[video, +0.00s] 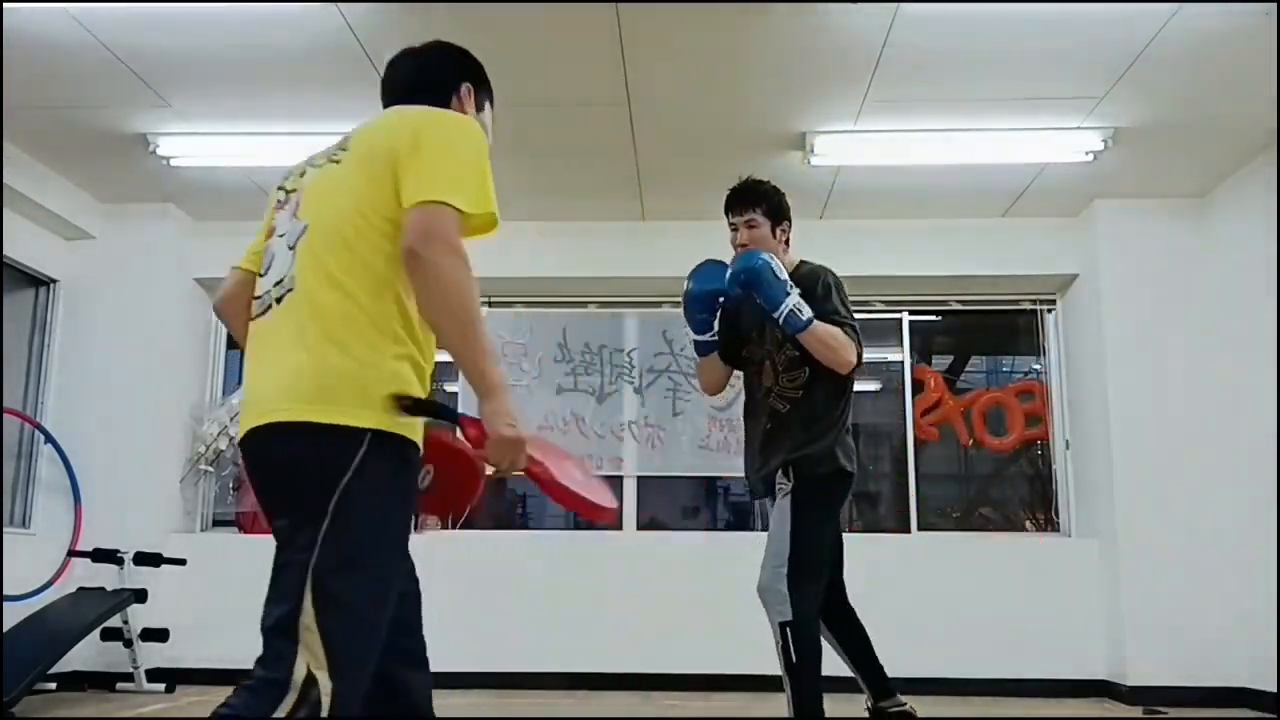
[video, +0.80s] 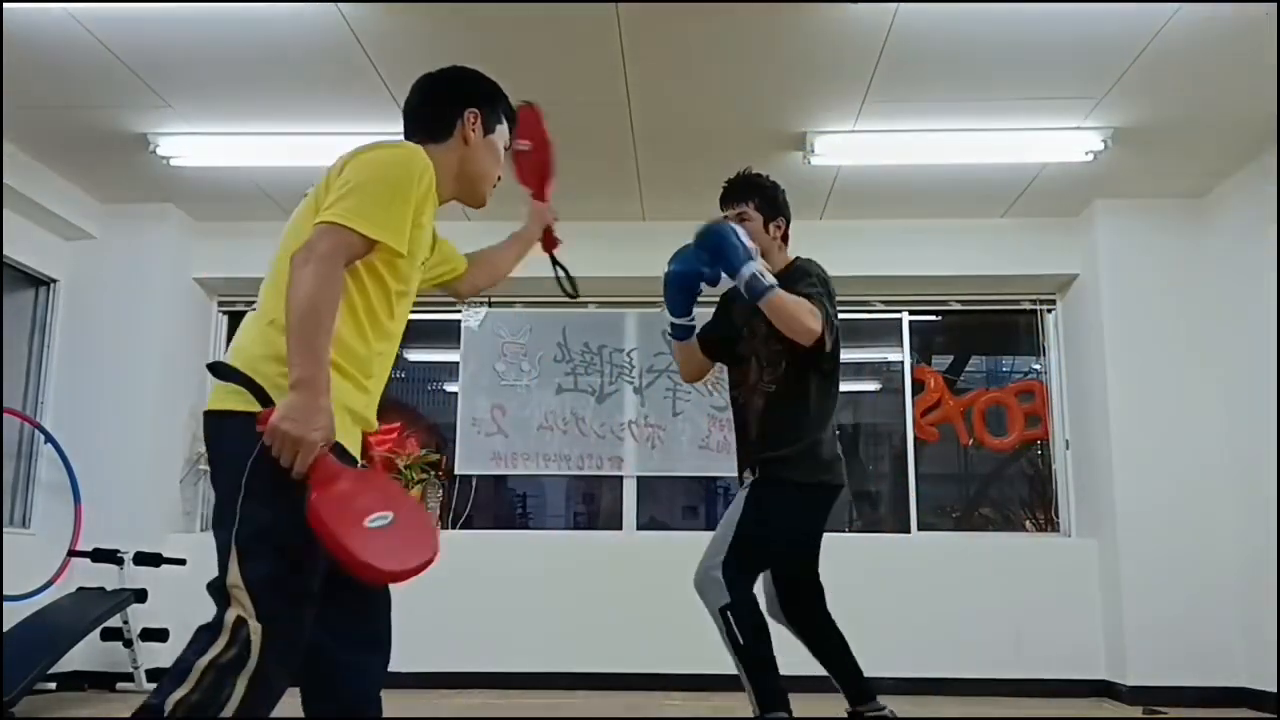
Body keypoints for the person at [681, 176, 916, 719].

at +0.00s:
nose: (741, 237)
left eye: (752, 226)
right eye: (734, 228)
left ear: (783, 232)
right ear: (730, 236)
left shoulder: (816, 282)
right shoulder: (739, 299)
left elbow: (846, 358)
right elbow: (714, 384)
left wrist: (786, 304)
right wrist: (704, 330)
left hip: (817, 460)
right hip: (776, 465)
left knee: (783, 590)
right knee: (823, 593)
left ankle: (806, 712)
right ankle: (886, 700)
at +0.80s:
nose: (732, 233)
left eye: (742, 221)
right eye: (725, 224)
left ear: (778, 227)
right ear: (726, 234)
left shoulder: (806, 278)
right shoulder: (738, 299)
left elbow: (810, 330)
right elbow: (693, 369)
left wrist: (749, 272)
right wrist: (681, 314)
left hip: (799, 467)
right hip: (781, 468)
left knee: (718, 579)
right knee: (796, 601)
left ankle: (773, 711)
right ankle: (867, 705)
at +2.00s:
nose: (701, 217)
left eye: (713, 205)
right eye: (695, 207)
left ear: (749, 216)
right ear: (696, 219)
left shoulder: (777, 274)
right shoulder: (704, 288)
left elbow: (775, 335)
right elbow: (665, 368)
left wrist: (716, 272)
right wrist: (656, 310)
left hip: (766, 470)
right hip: (742, 470)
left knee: (699, 591)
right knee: (787, 606)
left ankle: (742, 714)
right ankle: (848, 711)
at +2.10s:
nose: (687, 214)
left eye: (699, 200)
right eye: (681, 206)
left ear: (738, 208)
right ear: (682, 214)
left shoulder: (759, 253)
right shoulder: (704, 281)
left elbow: (702, 256)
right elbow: (669, 358)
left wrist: (631, 201)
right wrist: (654, 299)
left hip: (756, 460)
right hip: (761, 462)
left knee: (680, 577)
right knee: (758, 598)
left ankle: (728, 713)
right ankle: (836, 709)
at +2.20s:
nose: (690, 229)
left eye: (704, 216)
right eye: (687, 218)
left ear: (742, 222)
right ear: (684, 223)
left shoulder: (756, 272)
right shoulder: (705, 291)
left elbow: (684, 276)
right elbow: (658, 374)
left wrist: (611, 206)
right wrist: (653, 313)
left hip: (748, 476)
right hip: (727, 476)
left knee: (679, 625)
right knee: (762, 625)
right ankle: (843, 713)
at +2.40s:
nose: (655, 257)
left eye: (662, 244)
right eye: (652, 247)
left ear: (699, 243)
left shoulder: (721, 287)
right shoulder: (659, 321)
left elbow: (736, 348)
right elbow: (698, 405)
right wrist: (665, 362)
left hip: (736, 494)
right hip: (773, 499)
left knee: (629, 604)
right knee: (733, 606)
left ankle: (650, 712)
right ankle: (801, 711)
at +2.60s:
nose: (660, 243)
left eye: (672, 231)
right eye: (656, 235)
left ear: (709, 238)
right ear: (655, 247)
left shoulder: (756, 303)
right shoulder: (658, 326)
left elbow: (838, 371)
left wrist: (786, 414)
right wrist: (606, 335)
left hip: (742, 497)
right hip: (688, 500)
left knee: (657, 595)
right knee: (716, 648)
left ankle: (660, 712)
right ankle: (795, 717)